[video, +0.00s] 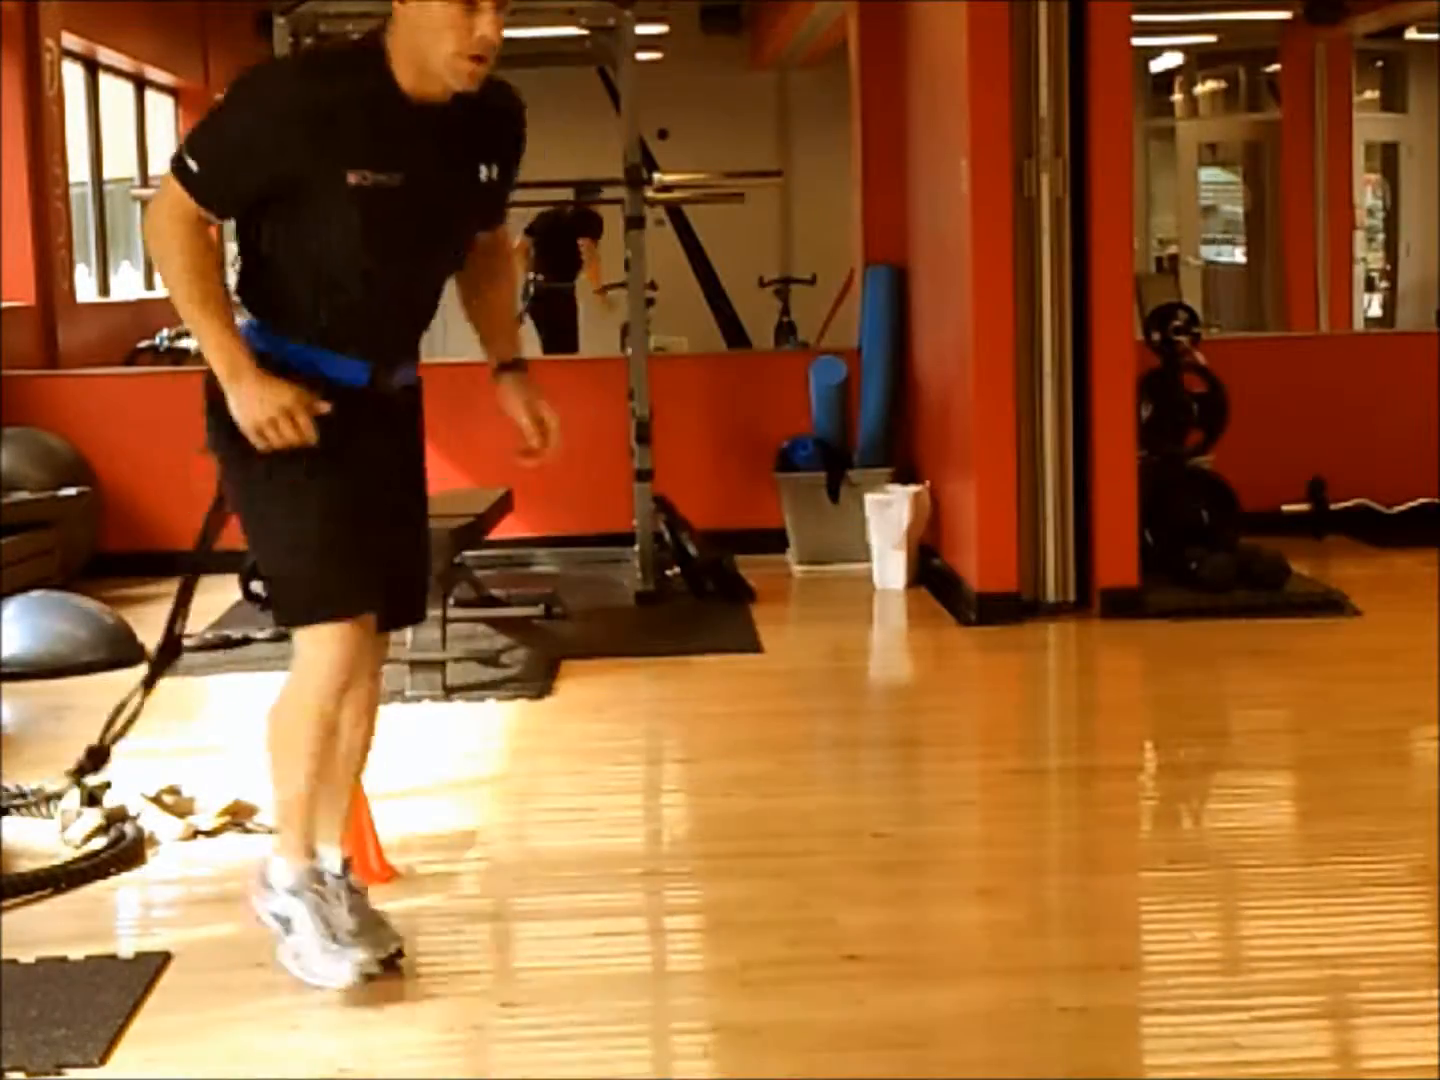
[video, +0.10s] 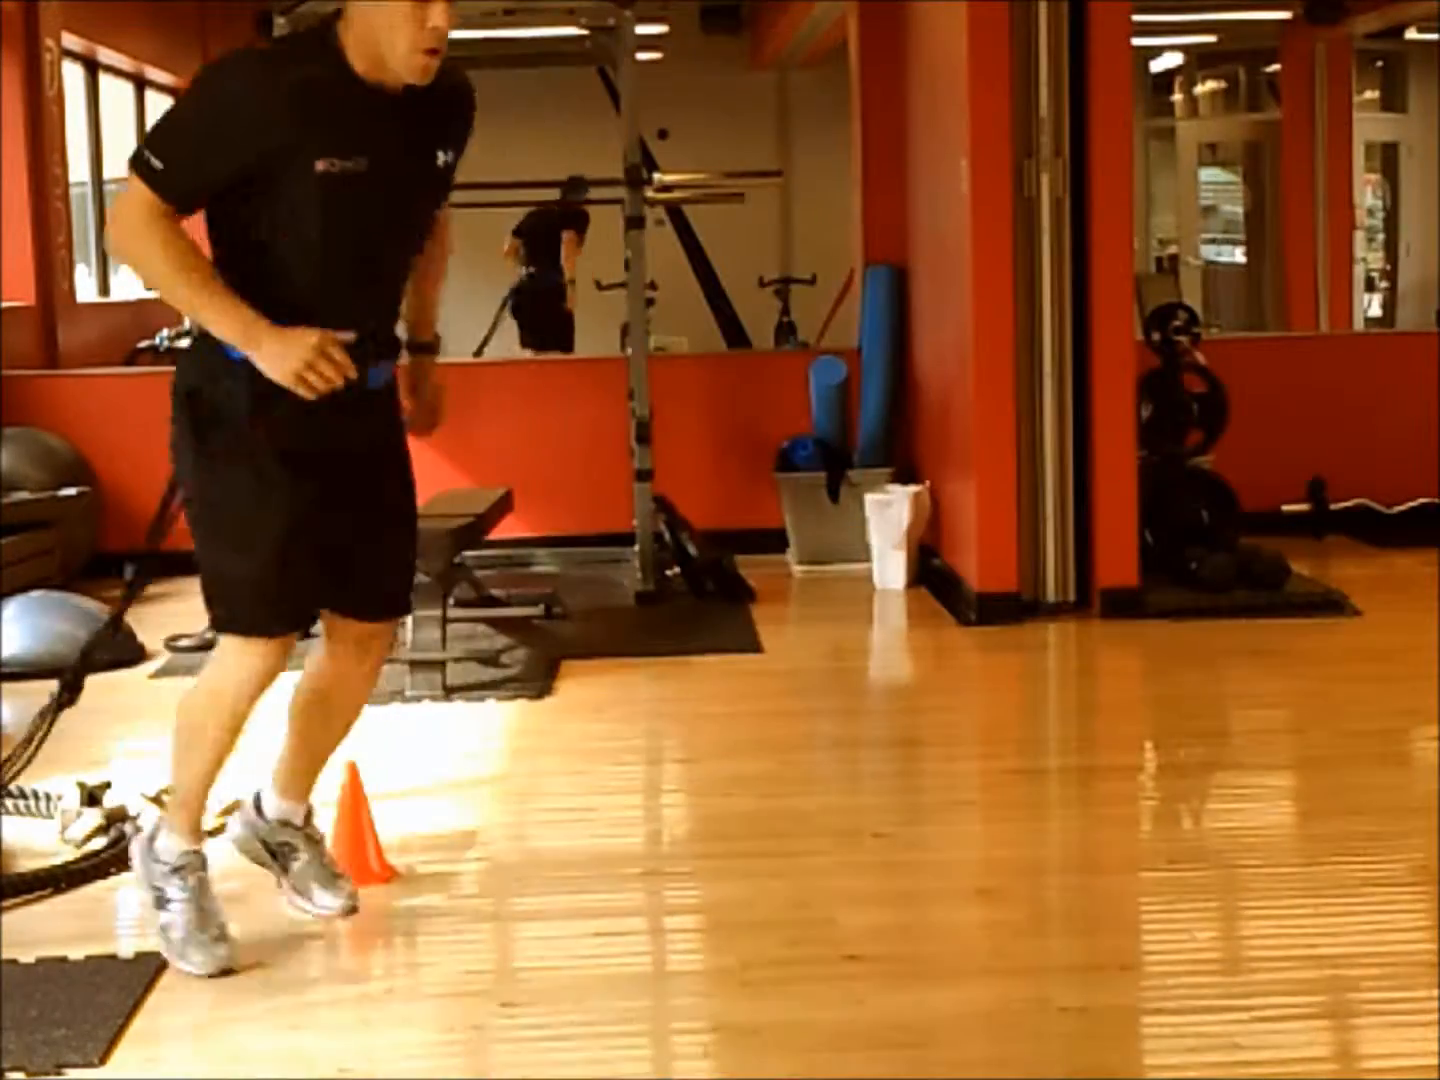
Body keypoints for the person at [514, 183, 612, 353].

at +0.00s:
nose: (598, 202)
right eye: (597, 199)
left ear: (575, 196)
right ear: (593, 200)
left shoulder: (545, 216)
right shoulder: (590, 218)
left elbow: (520, 247)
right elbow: (586, 250)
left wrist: (527, 277)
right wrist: (597, 288)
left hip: (537, 291)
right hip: (562, 292)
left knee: (552, 352)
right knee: (567, 352)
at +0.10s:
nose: (584, 200)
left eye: (584, 196)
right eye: (584, 196)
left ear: (563, 192)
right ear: (582, 196)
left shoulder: (537, 212)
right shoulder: (576, 213)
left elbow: (509, 250)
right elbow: (567, 246)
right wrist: (571, 286)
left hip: (524, 287)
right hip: (552, 288)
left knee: (532, 353)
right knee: (558, 354)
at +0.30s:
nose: (570, 217)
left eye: (571, 212)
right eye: (569, 212)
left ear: (548, 211)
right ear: (564, 212)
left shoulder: (522, 232)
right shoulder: (560, 233)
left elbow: (495, 266)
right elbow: (550, 256)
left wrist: (514, 286)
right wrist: (543, 291)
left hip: (510, 306)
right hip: (537, 308)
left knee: (508, 367)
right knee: (539, 368)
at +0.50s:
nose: (580, 216)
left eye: (580, 211)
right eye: (579, 211)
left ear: (558, 208)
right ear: (572, 210)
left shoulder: (527, 224)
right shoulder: (571, 226)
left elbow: (490, 253)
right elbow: (570, 259)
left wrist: (476, 289)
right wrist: (573, 295)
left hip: (513, 300)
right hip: (538, 302)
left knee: (519, 362)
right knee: (538, 364)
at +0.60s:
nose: (584, 238)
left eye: (585, 233)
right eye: (583, 233)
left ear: (562, 228)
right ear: (578, 231)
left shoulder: (533, 240)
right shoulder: (577, 249)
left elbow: (496, 253)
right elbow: (583, 284)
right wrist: (595, 307)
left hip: (511, 313)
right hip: (540, 318)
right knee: (537, 374)